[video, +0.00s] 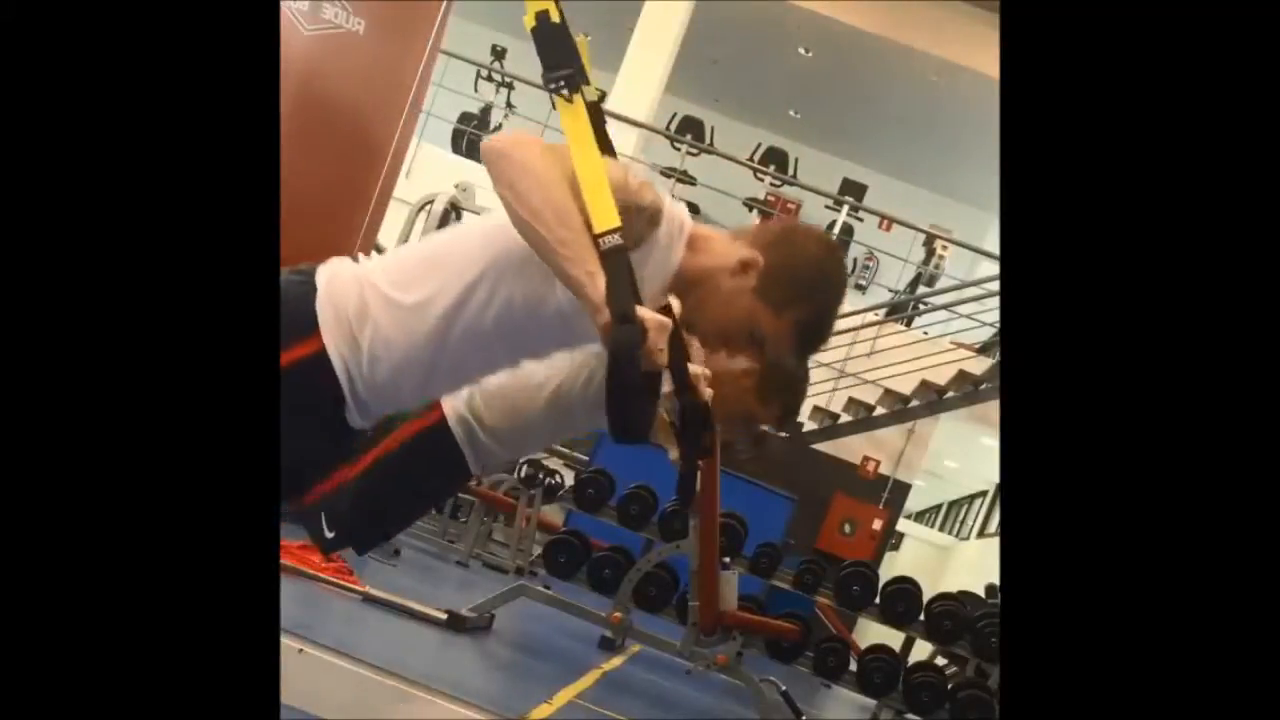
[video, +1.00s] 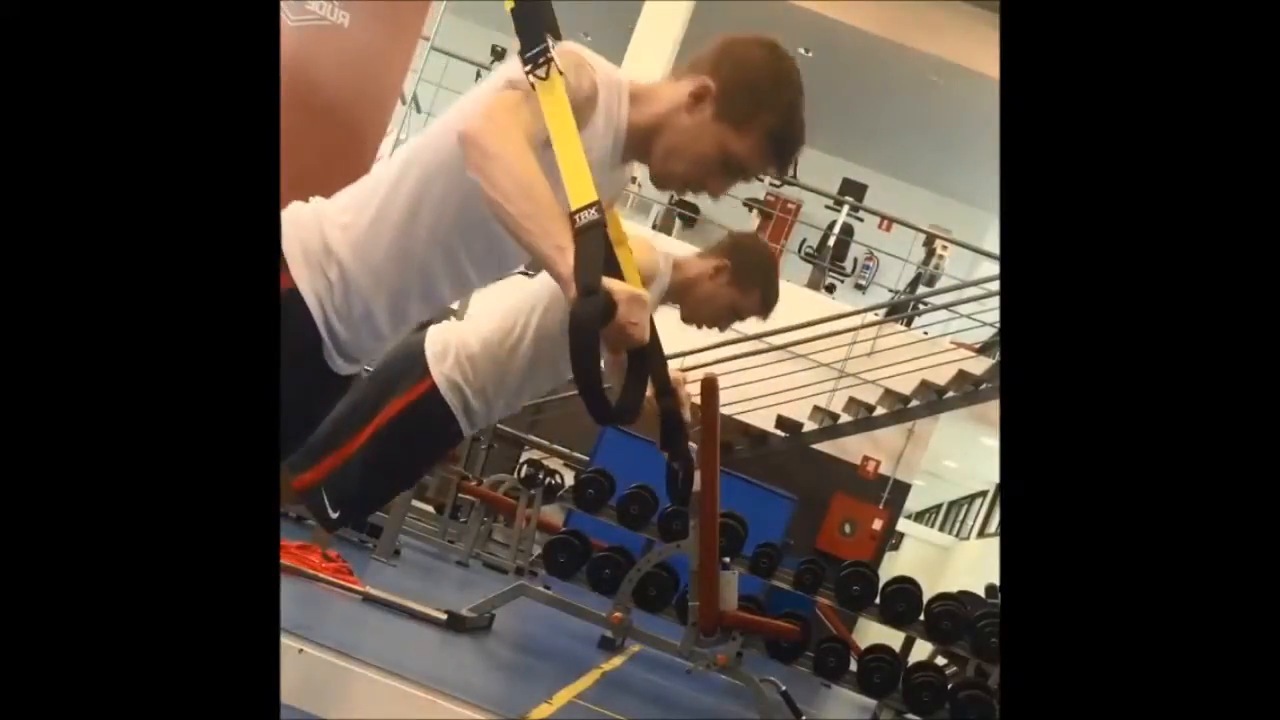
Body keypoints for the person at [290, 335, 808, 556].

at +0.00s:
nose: (732, 424)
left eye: (744, 423)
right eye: (745, 411)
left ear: (737, 377)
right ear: (736, 362)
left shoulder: (674, 389)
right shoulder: (663, 346)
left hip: (474, 445)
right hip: (455, 423)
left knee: (352, 527)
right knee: (329, 518)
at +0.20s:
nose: (726, 372)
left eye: (738, 370)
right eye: (739, 360)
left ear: (732, 329)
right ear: (731, 317)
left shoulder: (667, 347)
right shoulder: (656, 286)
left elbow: (631, 414)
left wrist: (678, 432)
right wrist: (671, 370)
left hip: (469, 415)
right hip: (447, 380)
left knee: (352, 512)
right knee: (318, 489)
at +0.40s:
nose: (716, 330)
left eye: (730, 327)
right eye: (728, 318)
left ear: (718, 268)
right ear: (720, 274)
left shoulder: (648, 279)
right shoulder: (634, 269)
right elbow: (611, 403)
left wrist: (669, 401)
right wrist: (664, 412)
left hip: (451, 391)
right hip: (431, 370)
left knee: (328, 512)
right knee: (302, 491)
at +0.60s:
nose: (709, 292)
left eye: (722, 287)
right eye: (720, 279)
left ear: (703, 237)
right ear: (704, 236)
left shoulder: (630, 268)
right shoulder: (615, 238)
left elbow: (603, 390)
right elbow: (593, 403)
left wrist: (661, 400)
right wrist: (653, 402)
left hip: (448, 387)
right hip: (424, 361)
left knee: (334, 505)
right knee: (303, 487)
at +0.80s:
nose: (708, 289)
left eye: (721, 283)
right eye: (720, 275)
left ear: (699, 232)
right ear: (701, 233)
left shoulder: (630, 265)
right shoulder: (617, 236)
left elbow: (618, 394)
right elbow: (612, 408)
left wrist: (678, 409)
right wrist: (676, 407)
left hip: (444, 390)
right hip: (421, 366)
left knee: (331, 508)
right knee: (300, 488)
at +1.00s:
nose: (722, 327)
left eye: (736, 323)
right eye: (734, 314)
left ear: (717, 270)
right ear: (719, 272)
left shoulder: (650, 279)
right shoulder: (637, 264)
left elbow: (637, 346)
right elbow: (585, 348)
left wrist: (667, 401)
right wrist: (621, 413)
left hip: (457, 391)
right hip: (440, 375)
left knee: (328, 510)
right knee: (306, 501)